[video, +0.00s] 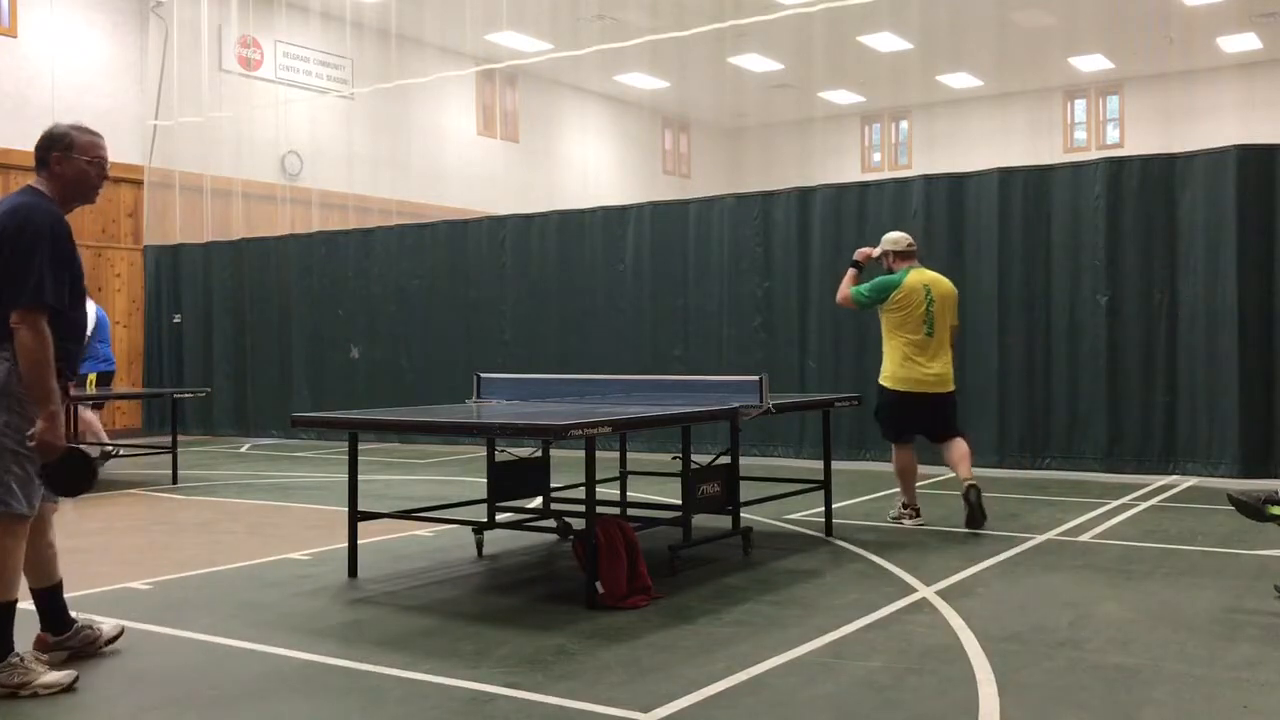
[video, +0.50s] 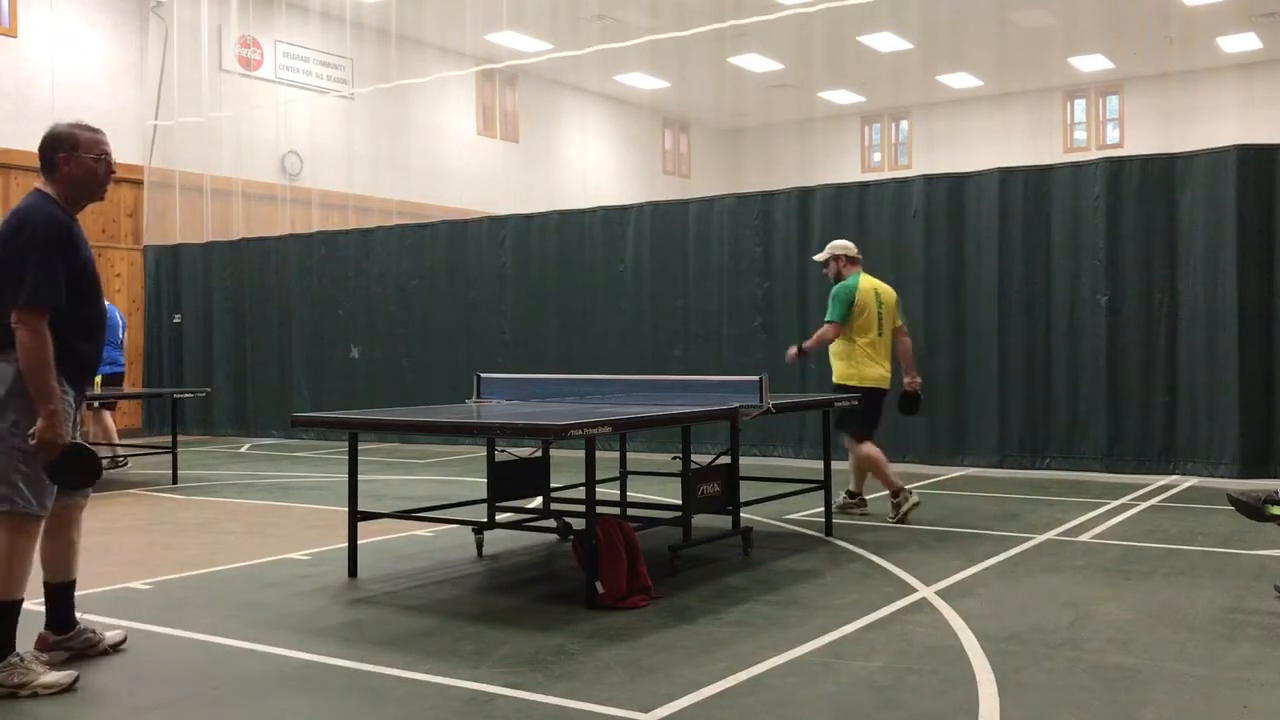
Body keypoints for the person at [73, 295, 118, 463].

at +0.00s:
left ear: (77, 296)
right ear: (85, 293)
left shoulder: (88, 308)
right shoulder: (96, 309)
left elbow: (80, 338)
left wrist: (70, 358)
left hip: (95, 366)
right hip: (103, 365)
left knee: (82, 406)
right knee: (88, 408)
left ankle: (106, 444)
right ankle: (87, 448)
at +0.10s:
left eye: (74, 298)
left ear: (79, 294)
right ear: (89, 291)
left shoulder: (88, 309)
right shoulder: (101, 311)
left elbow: (78, 337)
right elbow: (106, 341)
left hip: (94, 365)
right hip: (106, 363)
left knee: (82, 407)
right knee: (92, 409)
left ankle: (110, 446)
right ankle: (91, 453)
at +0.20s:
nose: (77, 304)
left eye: (78, 300)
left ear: (83, 296)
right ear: (91, 293)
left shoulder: (89, 310)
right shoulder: (104, 311)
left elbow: (80, 339)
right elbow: (109, 341)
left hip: (94, 365)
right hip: (107, 364)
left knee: (85, 409)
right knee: (91, 410)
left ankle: (110, 447)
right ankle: (93, 452)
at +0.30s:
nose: (84, 303)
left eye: (84, 299)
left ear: (87, 296)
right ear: (96, 293)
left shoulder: (91, 312)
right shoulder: (109, 312)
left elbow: (84, 339)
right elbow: (114, 339)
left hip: (96, 365)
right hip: (111, 363)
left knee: (94, 410)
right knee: (95, 411)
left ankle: (115, 450)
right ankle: (91, 453)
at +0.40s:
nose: (89, 304)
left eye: (89, 301)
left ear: (93, 298)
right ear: (101, 296)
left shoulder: (95, 312)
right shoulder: (113, 312)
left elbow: (88, 338)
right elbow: (118, 336)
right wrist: (114, 354)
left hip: (99, 364)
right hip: (115, 364)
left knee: (97, 409)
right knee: (97, 411)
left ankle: (116, 453)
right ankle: (91, 454)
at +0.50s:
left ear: (94, 299)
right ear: (105, 296)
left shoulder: (95, 313)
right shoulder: (118, 313)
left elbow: (90, 340)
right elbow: (122, 340)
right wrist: (116, 357)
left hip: (102, 367)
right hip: (118, 366)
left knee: (101, 409)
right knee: (99, 410)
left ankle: (117, 454)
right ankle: (97, 454)